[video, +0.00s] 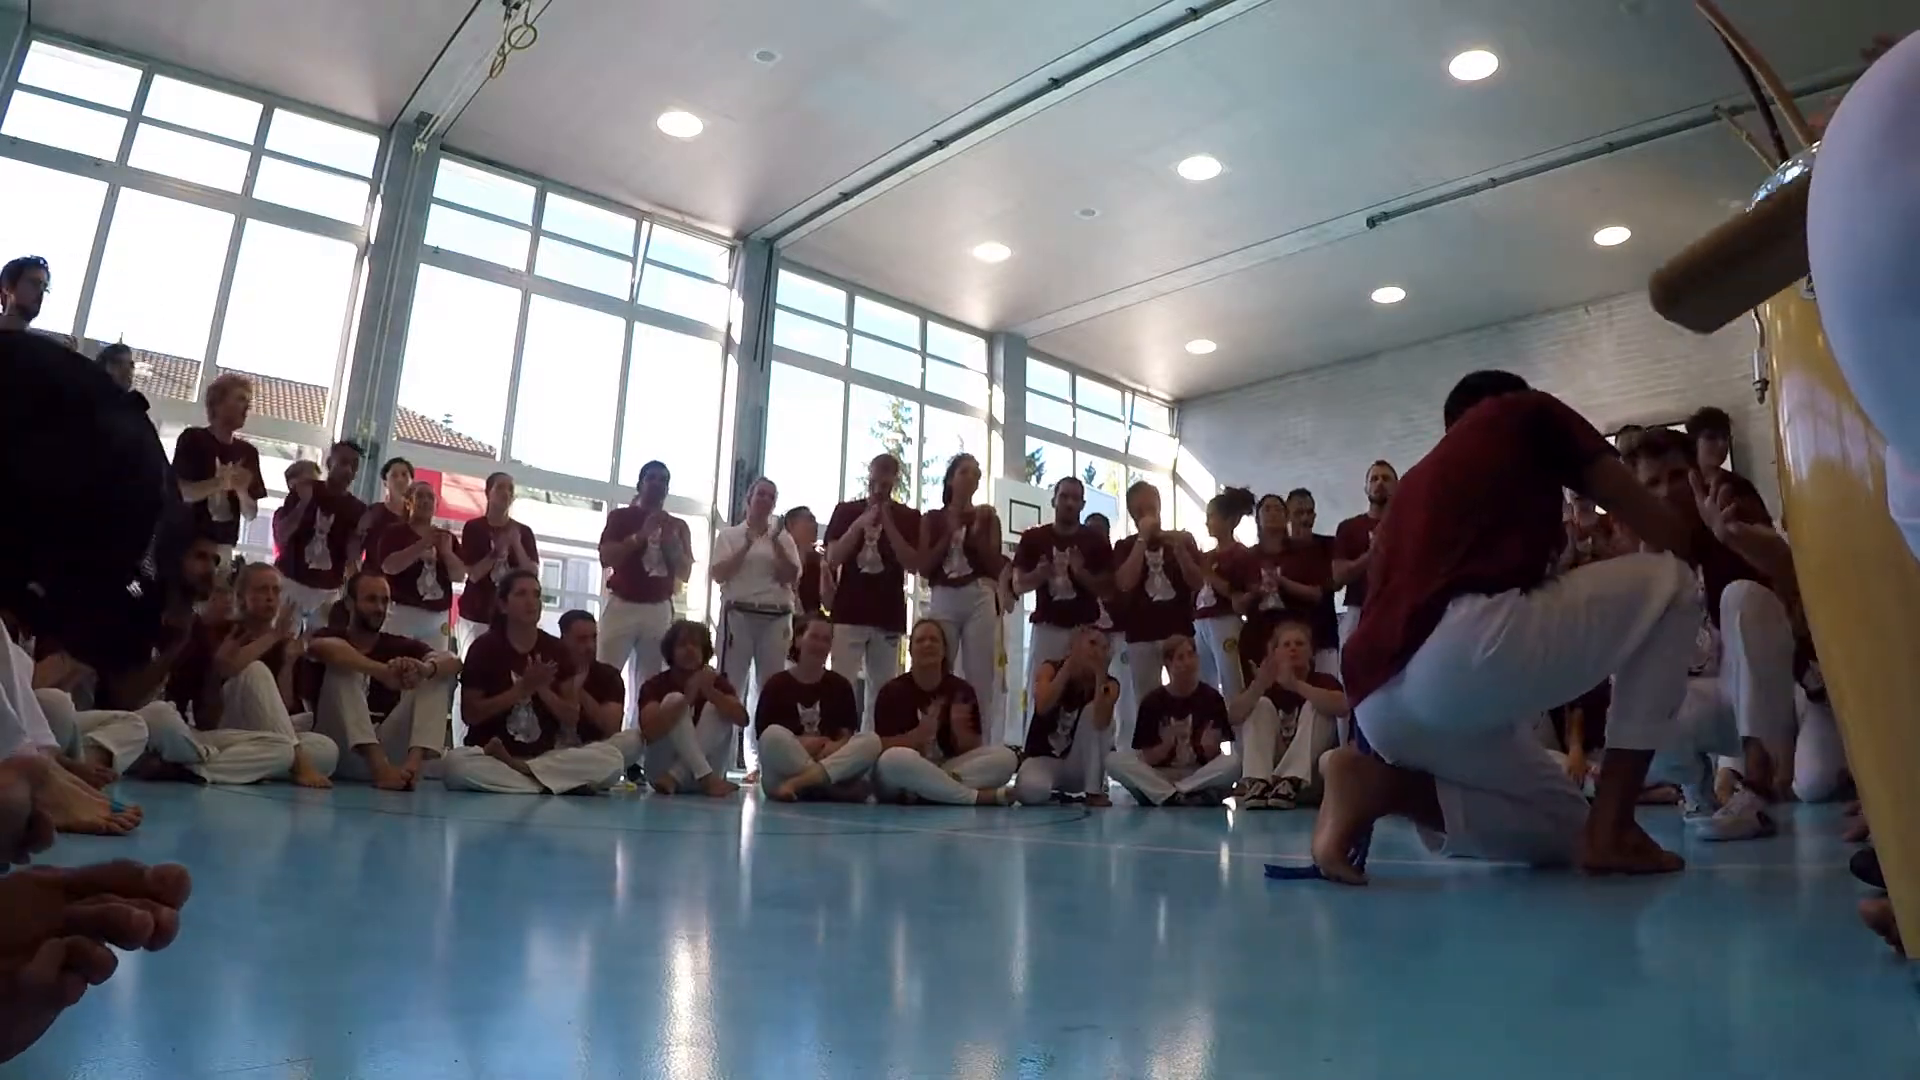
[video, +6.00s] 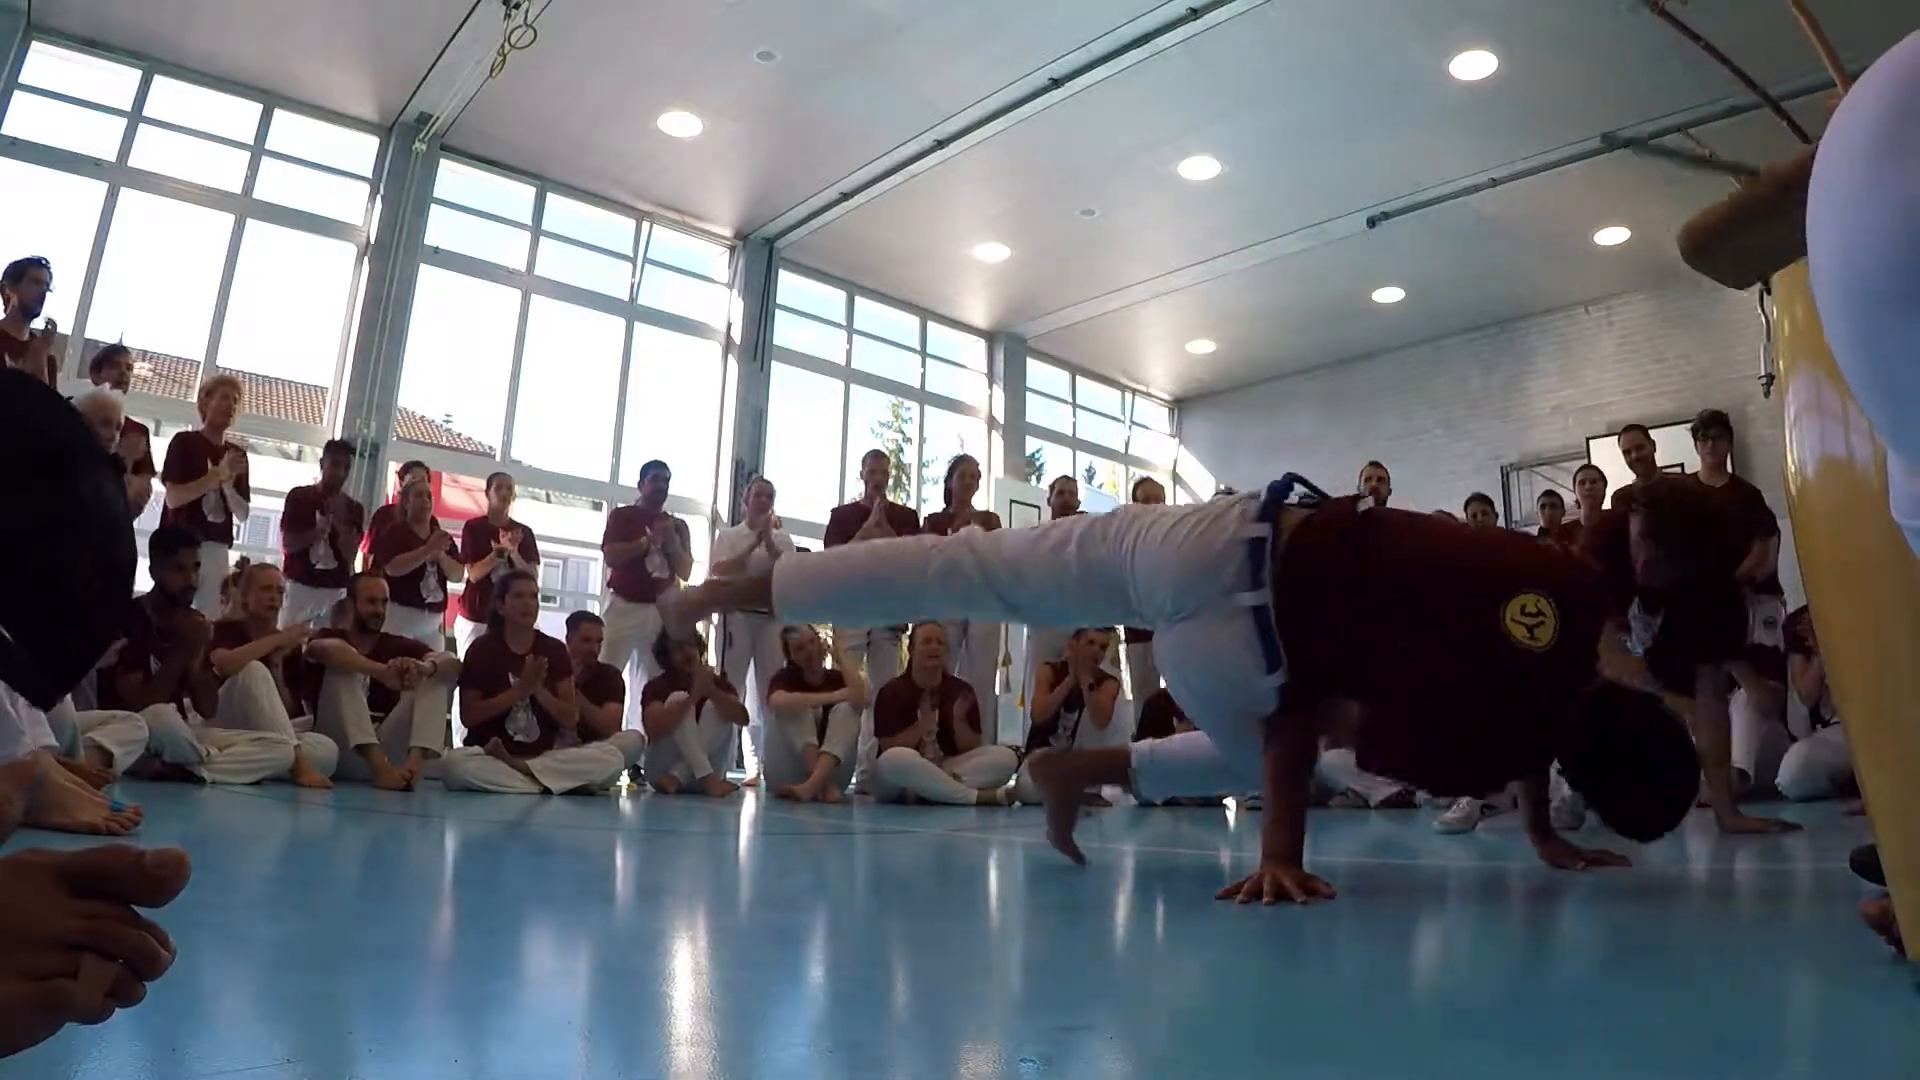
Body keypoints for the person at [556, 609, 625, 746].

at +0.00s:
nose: (590, 645)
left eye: (594, 638)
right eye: (582, 639)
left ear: (597, 638)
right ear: (563, 640)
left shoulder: (609, 675)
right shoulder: (548, 675)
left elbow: (611, 728)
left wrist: (578, 691)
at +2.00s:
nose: (590, 645)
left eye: (594, 638)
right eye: (581, 638)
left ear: (598, 639)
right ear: (564, 640)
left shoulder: (610, 675)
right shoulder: (547, 674)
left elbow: (610, 725)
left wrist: (582, 691)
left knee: (633, 739)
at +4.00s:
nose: (593, 650)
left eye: (598, 643)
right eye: (586, 642)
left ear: (602, 643)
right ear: (568, 640)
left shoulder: (610, 675)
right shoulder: (551, 674)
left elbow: (611, 728)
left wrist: (581, 689)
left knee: (635, 738)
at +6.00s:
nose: (594, 648)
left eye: (599, 642)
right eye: (586, 641)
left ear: (602, 642)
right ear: (569, 640)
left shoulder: (610, 675)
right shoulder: (551, 672)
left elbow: (609, 729)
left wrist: (572, 691)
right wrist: (566, 681)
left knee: (634, 739)